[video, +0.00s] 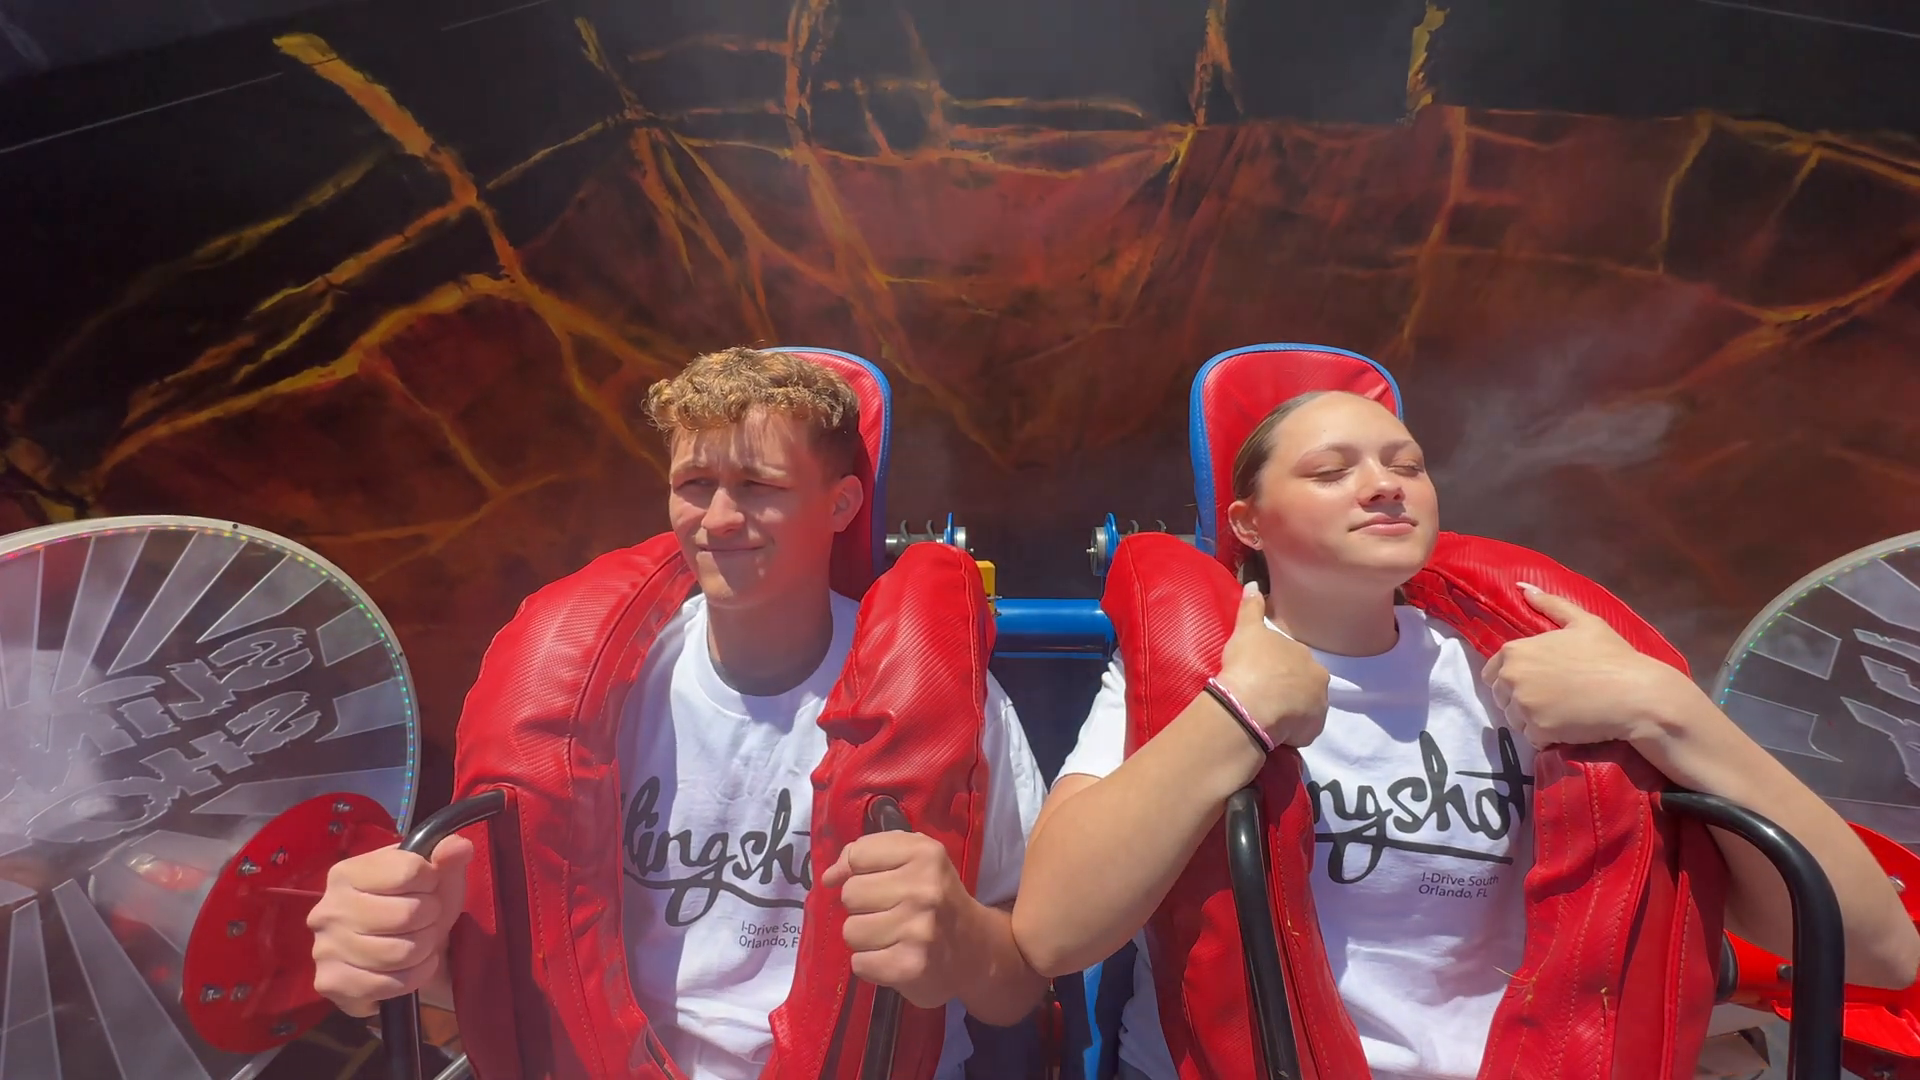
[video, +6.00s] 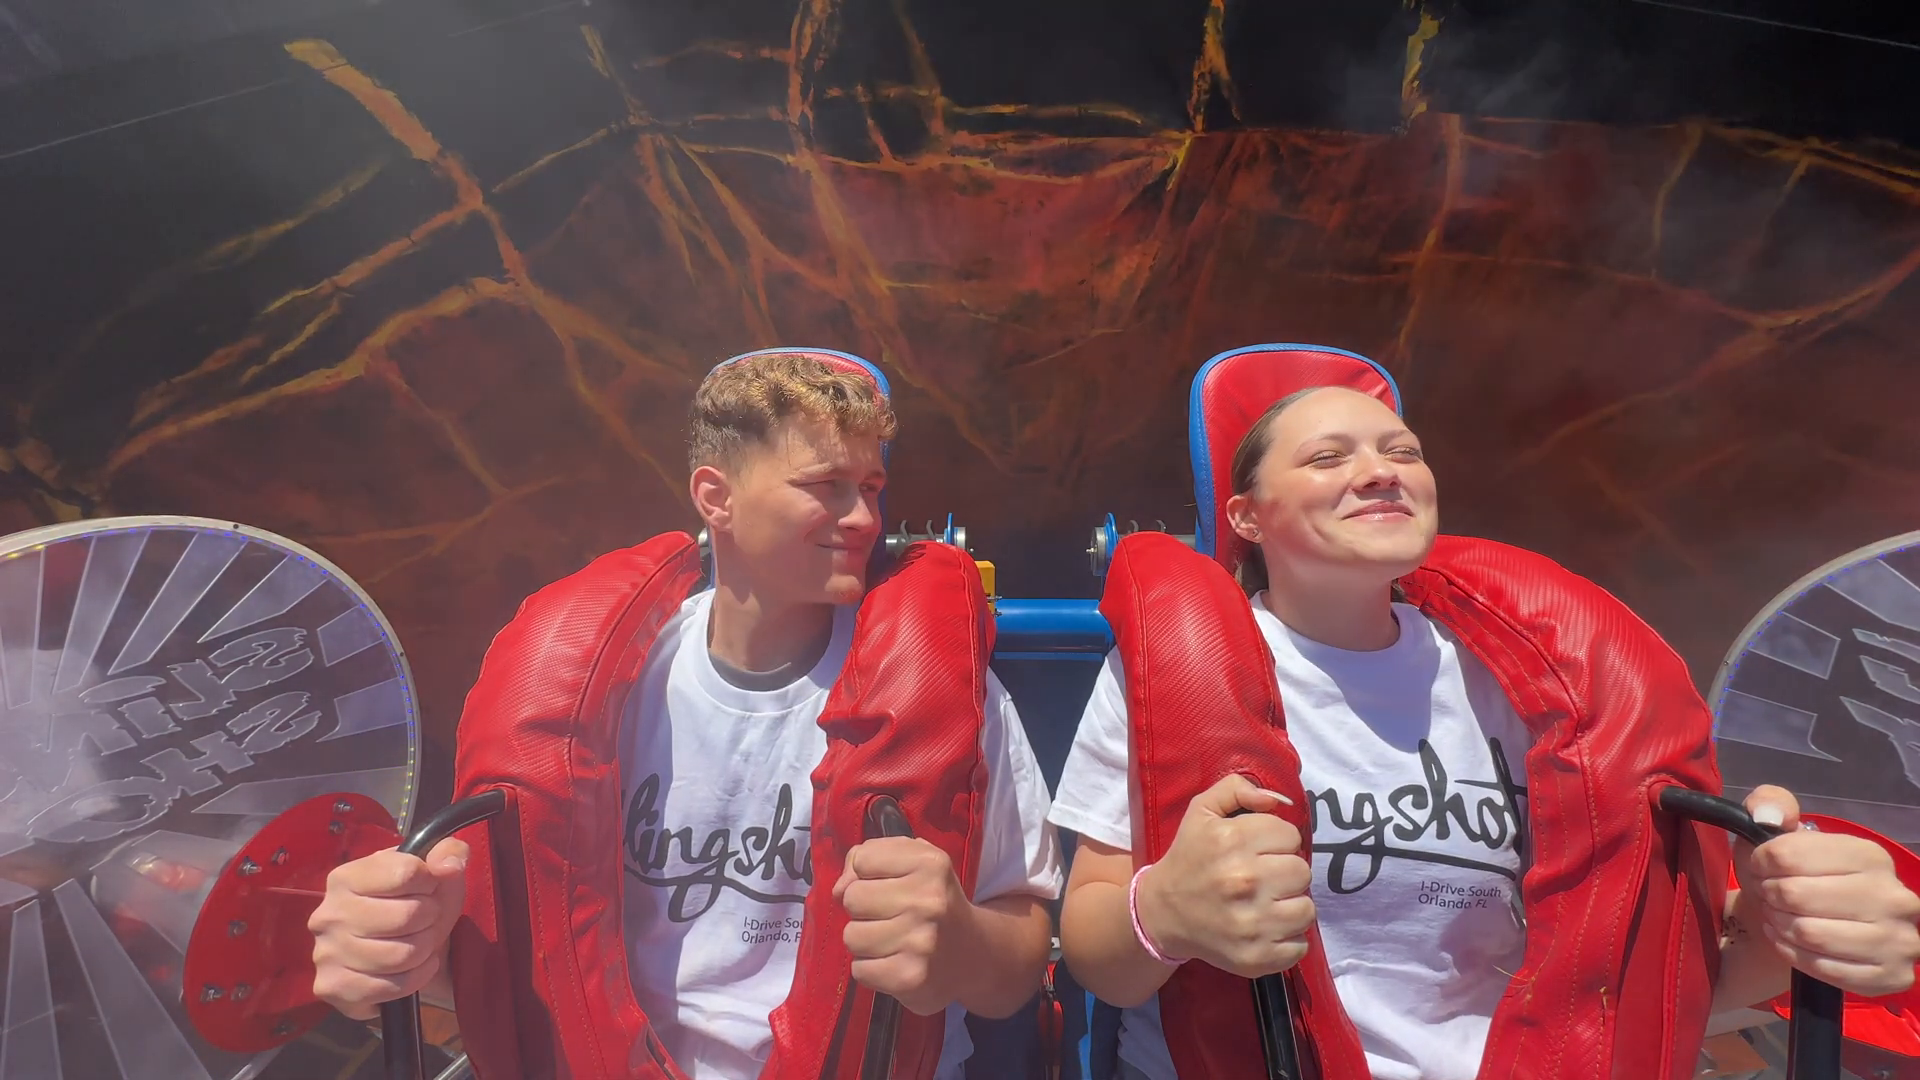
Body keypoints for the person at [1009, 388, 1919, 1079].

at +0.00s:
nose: (1387, 484)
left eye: (1402, 458)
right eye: (1332, 469)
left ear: (1431, 487)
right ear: (1252, 524)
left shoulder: (1542, 673)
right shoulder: (1172, 677)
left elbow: (1883, 947)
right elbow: (1050, 938)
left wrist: (1665, 708)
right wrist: (1242, 714)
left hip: (1530, 1063)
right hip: (1296, 1064)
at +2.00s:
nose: (1383, 481)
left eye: (1401, 458)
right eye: (1330, 464)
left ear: (1432, 493)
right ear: (1245, 521)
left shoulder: (1529, 666)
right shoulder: (1175, 668)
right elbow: (1088, 953)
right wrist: (1162, 912)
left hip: (1507, 1067)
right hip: (1288, 1064)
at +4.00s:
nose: (1384, 481)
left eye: (1401, 457)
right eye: (1330, 468)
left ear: (1434, 488)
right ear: (1246, 523)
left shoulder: (1520, 664)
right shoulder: (1175, 664)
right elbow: (1089, 954)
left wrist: (1717, 857)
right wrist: (1162, 911)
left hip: (1508, 1065)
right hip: (1294, 1065)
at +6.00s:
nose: (1379, 468)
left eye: (1395, 445)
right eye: (1325, 455)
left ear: (1431, 480)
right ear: (1244, 518)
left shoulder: (1530, 662)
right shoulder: (1173, 663)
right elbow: (1088, 953)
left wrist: (1767, 904)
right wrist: (1158, 914)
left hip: (1506, 1067)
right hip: (1281, 1066)